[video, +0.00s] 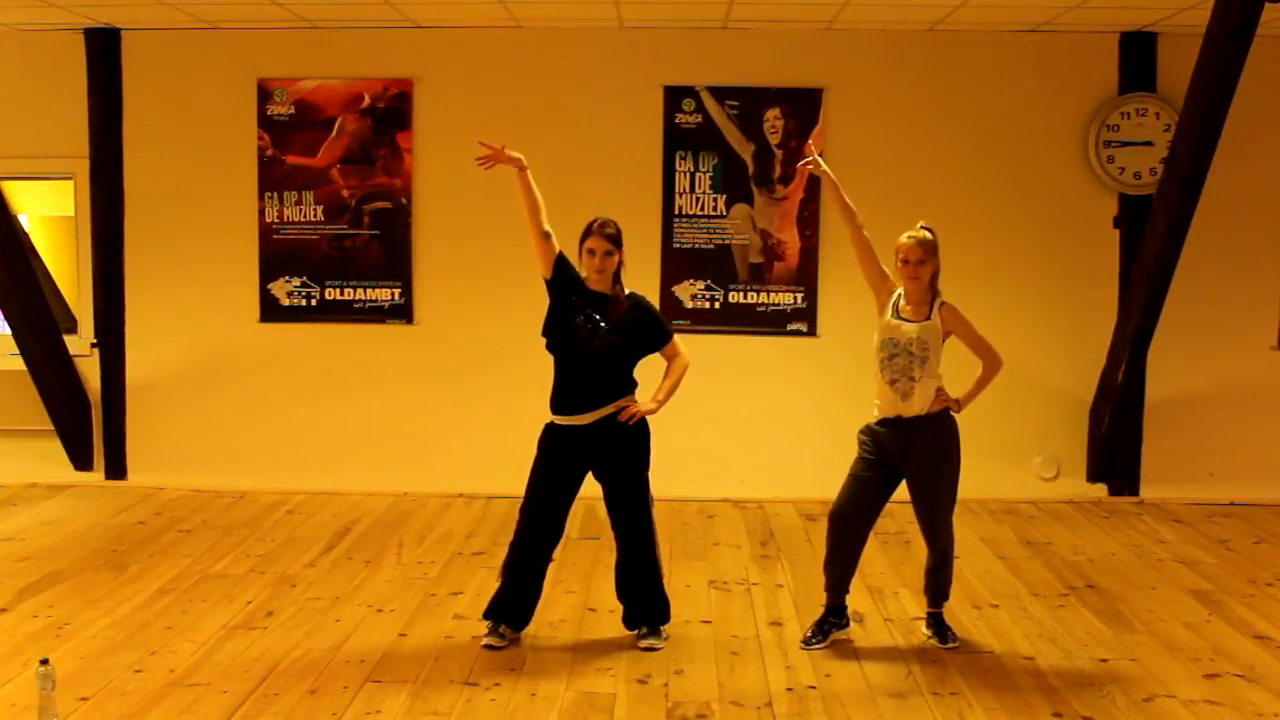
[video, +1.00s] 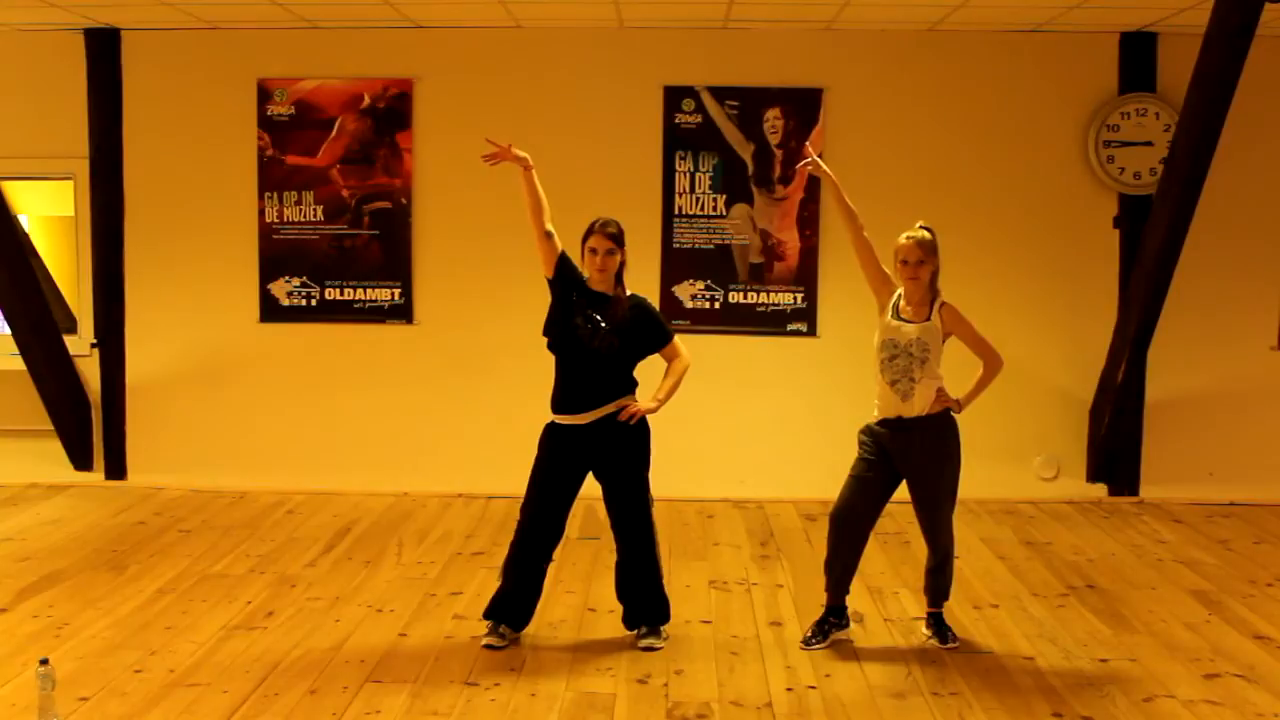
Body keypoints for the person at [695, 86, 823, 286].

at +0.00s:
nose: (771, 125)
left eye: (777, 119)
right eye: (766, 121)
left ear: (789, 124)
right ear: (762, 127)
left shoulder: (803, 156)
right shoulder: (753, 154)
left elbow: (825, 124)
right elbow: (723, 122)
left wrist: (829, 86)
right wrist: (701, 89)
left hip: (787, 242)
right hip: (757, 239)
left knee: (777, 305)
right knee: (739, 210)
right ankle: (743, 284)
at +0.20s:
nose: (771, 125)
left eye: (777, 119)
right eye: (766, 121)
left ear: (790, 124)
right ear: (762, 127)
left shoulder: (803, 156)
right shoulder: (753, 154)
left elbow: (825, 124)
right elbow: (723, 122)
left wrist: (829, 87)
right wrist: (701, 89)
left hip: (786, 243)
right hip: (757, 239)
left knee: (776, 305)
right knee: (739, 210)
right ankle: (743, 285)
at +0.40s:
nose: (771, 125)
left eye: (777, 119)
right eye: (766, 121)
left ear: (790, 124)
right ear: (762, 127)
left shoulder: (803, 156)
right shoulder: (753, 154)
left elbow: (825, 124)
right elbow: (723, 122)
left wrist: (830, 86)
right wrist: (701, 89)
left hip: (786, 243)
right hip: (757, 239)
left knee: (776, 306)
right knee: (739, 210)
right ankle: (743, 285)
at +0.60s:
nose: (771, 125)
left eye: (777, 119)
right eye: (766, 121)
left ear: (789, 124)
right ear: (762, 127)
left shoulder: (803, 156)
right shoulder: (753, 154)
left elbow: (825, 123)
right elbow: (723, 121)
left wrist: (830, 86)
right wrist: (701, 89)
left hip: (787, 243)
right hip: (757, 239)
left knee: (776, 305)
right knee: (739, 210)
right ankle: (743, 285)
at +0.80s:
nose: (771, 125)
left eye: (777, 119)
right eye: (766, 121)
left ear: (790, 124)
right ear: (762, 127)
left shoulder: (803, 156)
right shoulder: (753, 154)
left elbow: (825, 124)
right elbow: (723, 121)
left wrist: (829, 86)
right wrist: (701, 89)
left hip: (786, 242)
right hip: (757, 239)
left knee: (776, 306)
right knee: (739, 210)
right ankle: (743, 286)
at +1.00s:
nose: (771, 125)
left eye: (777, 119)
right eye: (766, 121)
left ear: (789, 124)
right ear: (762, 127)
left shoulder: (803, 156)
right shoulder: (753, 154)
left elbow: (824, 124)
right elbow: (723, 122)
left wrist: (829, 87)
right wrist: (701, 89)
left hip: (786, 242)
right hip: (757, 239)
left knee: (776, 305)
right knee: (739, 210)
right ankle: (743, 284)